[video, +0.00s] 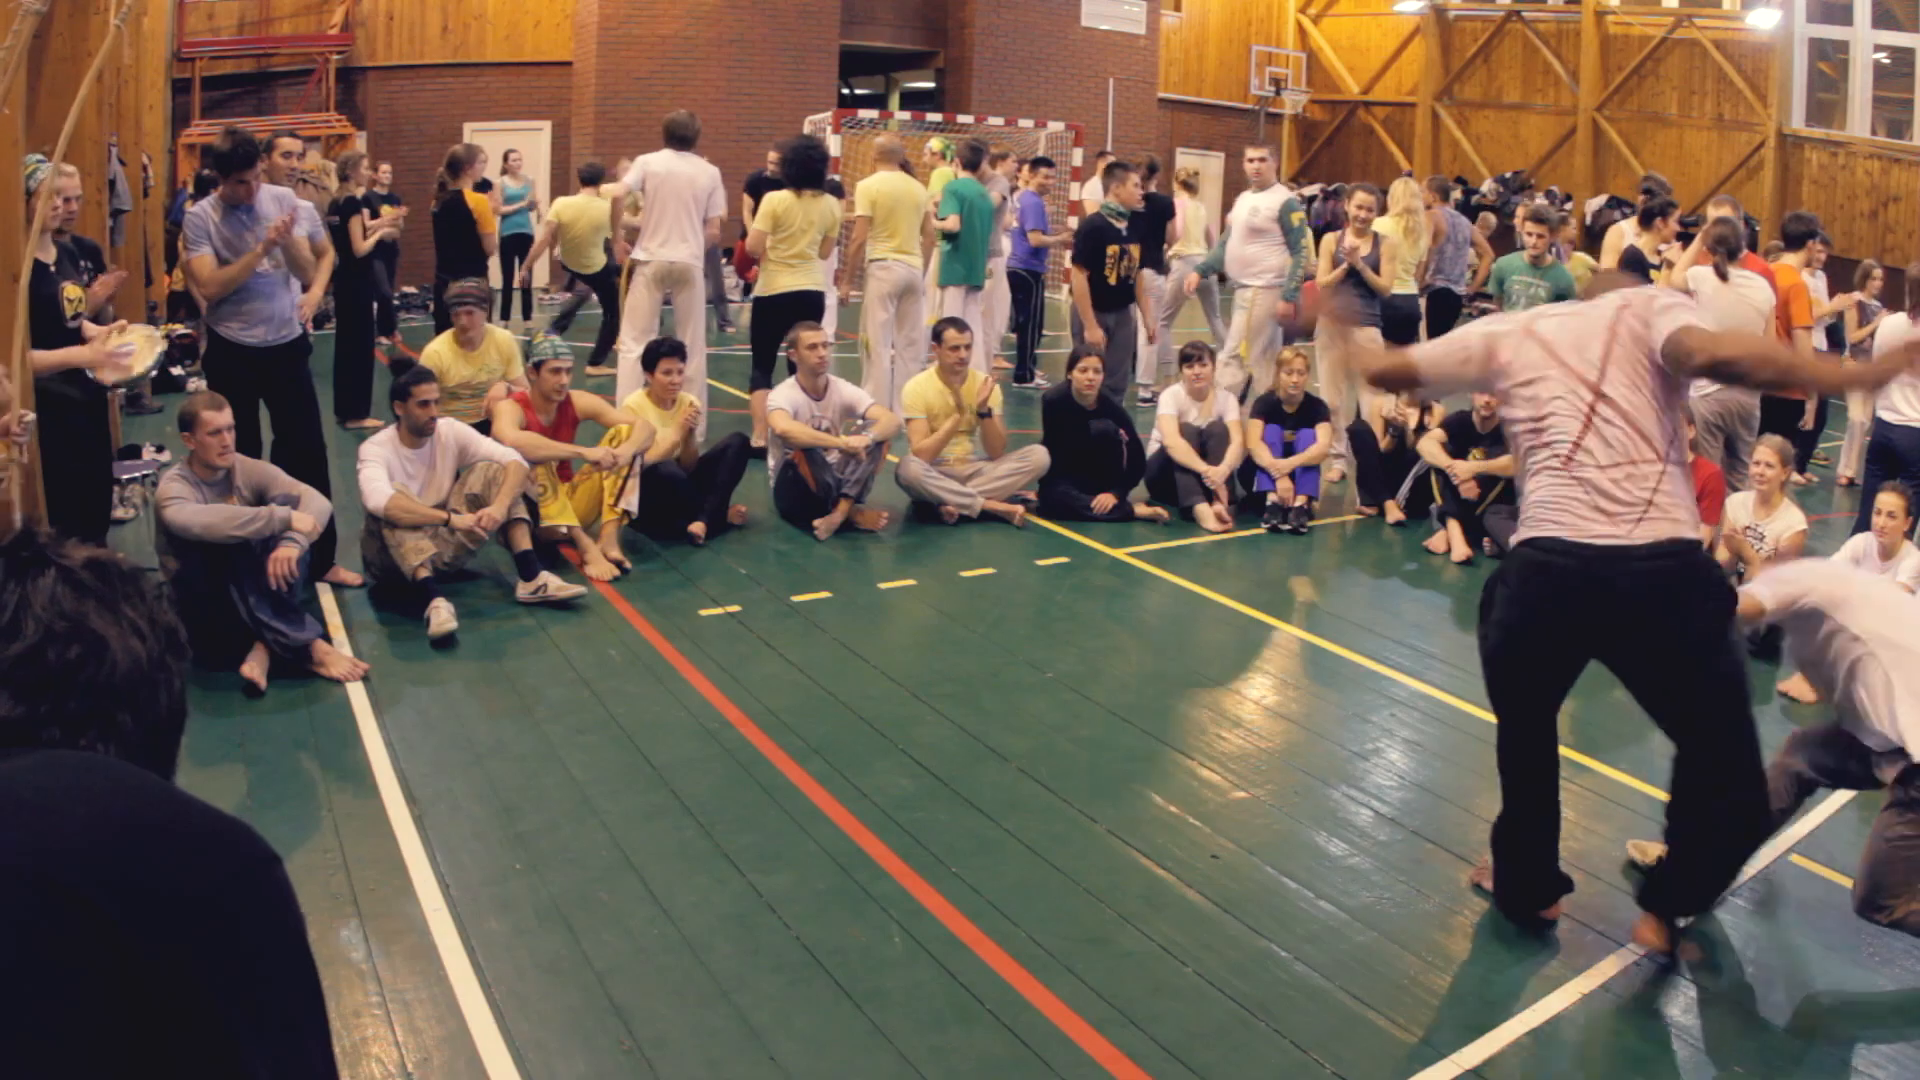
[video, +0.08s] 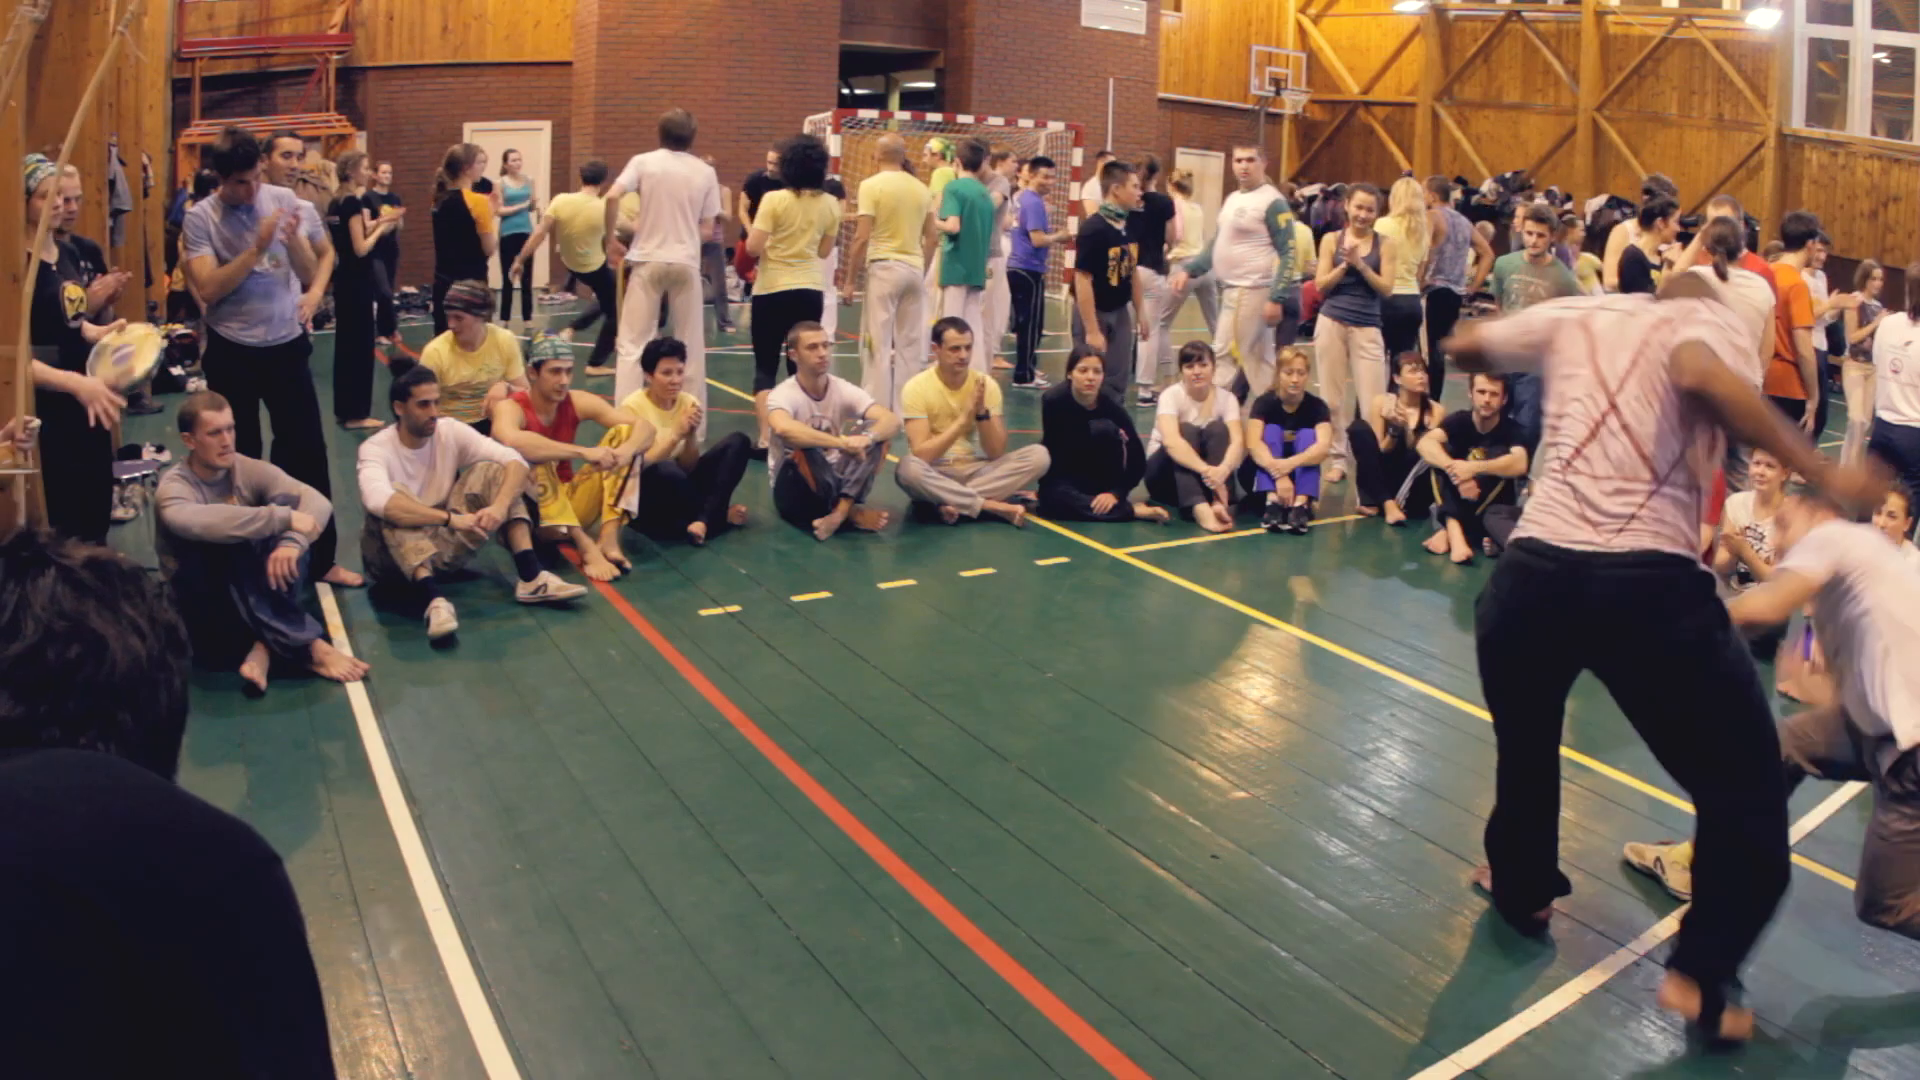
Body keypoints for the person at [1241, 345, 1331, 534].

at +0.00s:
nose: (1295, 380)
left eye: (1300, 374)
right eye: (1289, 373)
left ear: (1307, 376)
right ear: (1278, 375)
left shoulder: (1317, 406)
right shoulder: (1264, 403)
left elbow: (1324, 448)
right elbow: (1253, 443)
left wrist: (1287, 465)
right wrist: (1280, 477)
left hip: (1299, 482)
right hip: (1264, 479)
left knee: (1307, 434)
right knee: (1272, 430)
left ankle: (1301, 500)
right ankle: (1272, 499)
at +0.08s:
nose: (1295, 379)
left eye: (1300, 374)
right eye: (1289, 373)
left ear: (1307, 376)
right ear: (1278, 375)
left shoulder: (1317, 406)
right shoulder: (1263, 403)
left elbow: (1324, 447)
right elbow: (1253, 443)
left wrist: (1288, 465)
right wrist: (1280, 476)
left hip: (1300, 482)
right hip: (1265, 479)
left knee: (1307, 434)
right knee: (1272, 430)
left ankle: (1302, 500)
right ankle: (1272, 499)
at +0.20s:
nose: (1295, 379)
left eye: (1301, 373)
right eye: (1289, 373)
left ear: (1307, 376)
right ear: (1278, 375)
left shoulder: (1317, 406)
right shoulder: (1264, 403)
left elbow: (1324, 448)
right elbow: (1253, 443)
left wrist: (1287, 465)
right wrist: (1280, 477)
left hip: (1300, 482)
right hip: (1264, 479)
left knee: (1307, 434)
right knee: (1272, 430)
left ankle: (1302, 500)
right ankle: (1272, 499)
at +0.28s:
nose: (1296, 379)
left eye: (1301, 373)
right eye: (1289, 372)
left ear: (1308, 376)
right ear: (1278, 375)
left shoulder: (1317, 406)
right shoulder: (1264, 402)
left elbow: (1324, 448)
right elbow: (1252, 442)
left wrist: (1288, 465)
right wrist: (1280, 476)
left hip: (1300, 482)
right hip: (1264, 479)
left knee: (1307, 434)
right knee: (1272, 430)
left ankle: (1302, 500)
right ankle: (1272, 499)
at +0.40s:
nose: (1296, 379)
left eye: (1301, 373)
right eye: (1290, 372)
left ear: (1307, 376)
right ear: (1278, 374)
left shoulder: (1317, 406)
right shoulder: (1264, 403)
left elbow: (1324, 447)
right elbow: (1253, 443)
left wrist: (1287, 465)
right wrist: (1280, 477)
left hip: (1299, 482)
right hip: (1263, 479)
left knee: (1307, 434)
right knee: (1272, 430)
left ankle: (1301, 500)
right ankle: (1272, 499)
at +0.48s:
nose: (1296, 379)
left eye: (1301, 373)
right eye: (1290, 372)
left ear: (1307, 375)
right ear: (1278, 375)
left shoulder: (1317, 406)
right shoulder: (1264, 402)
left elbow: (1324, 447)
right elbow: (1253, 443)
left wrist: (1288, 465)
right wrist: (1280, 477)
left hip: (1300, 483)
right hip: (1263, 479)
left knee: (1307, 434)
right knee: (1272, 430)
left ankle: (1301, 500)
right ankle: (1272, 499)